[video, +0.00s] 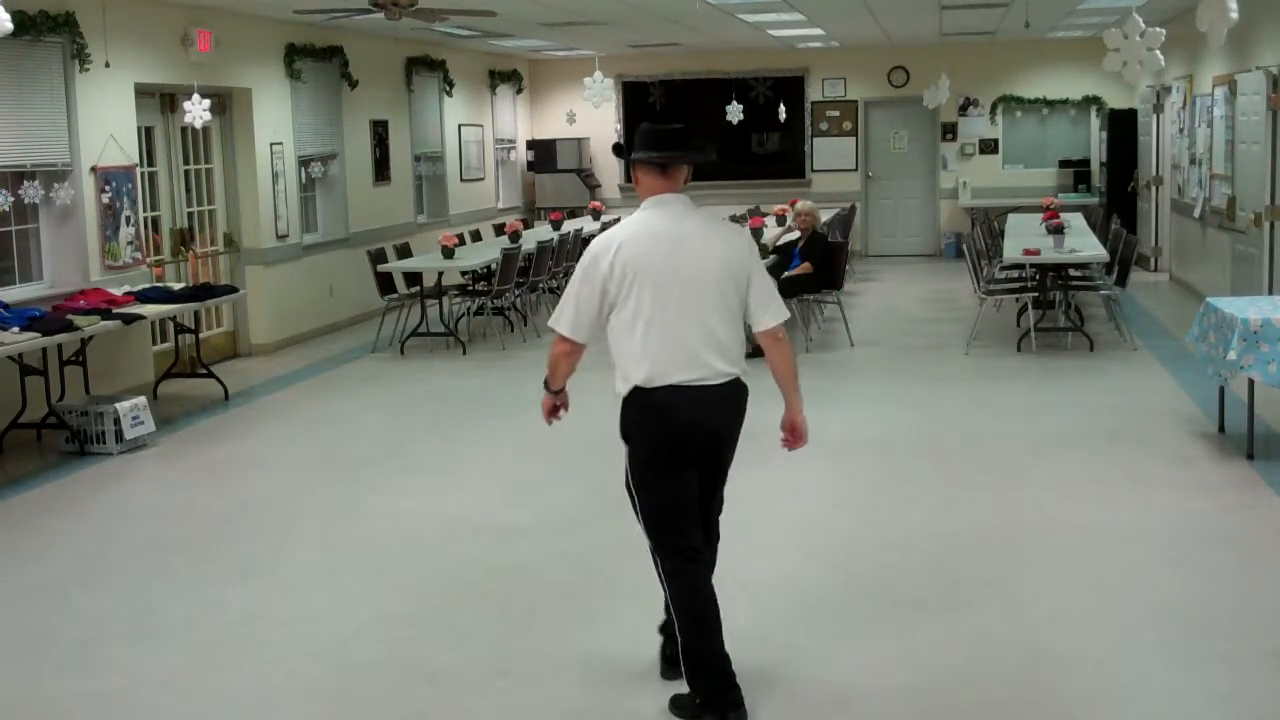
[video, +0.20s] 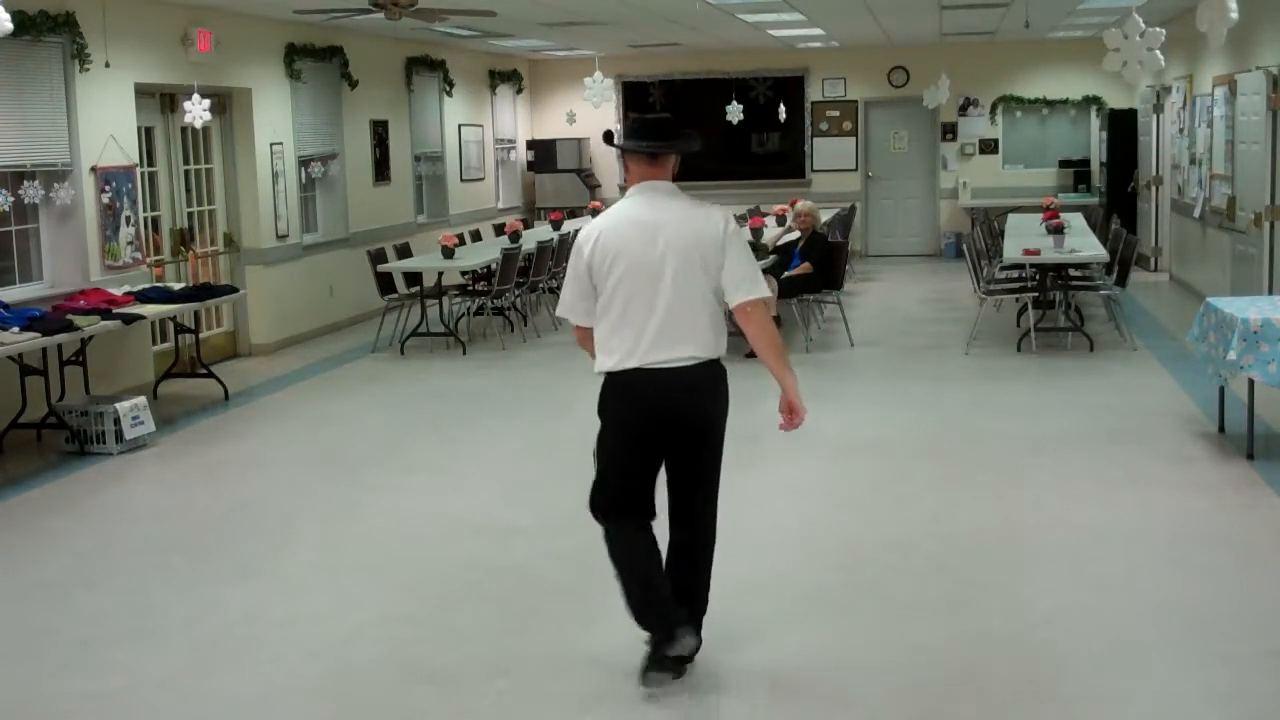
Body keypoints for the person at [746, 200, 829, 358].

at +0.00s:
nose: (803, 218)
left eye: (807, 215)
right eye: (799, 215)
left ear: (814, 219)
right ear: (795, 219)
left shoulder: (820, 239)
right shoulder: (796, 242)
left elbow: (811, 266)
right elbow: (766, 249)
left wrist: (785, 276)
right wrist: (784, 229)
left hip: (809, 280)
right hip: (790, 277)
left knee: (767, 293)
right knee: (760, 287)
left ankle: (763, 344)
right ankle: (758, 340)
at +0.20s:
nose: (802, 219)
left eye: (806, 216)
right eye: (798, 216)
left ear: (814, 219)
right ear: (795, 220)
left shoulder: (820, 239)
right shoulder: (796, 241)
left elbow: (811, 266)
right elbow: (768, 248)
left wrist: (785, 276)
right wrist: (785, 230)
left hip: (809, 279)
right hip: (789, 275)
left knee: (765, 292)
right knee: (766, 279)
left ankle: (761, 343)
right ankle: (773, 316)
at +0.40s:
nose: (802, 219)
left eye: (806, 216)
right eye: (799, 216)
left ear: (814, 219)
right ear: (794, 220)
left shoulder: (820, 240)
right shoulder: (796, 242)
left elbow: (809, 267)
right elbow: (767, 250)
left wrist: (784, 277)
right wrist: (785, 231)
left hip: (810, 278)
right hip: (792, 276)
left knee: (766, 291)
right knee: (766, 276)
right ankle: (773, 316)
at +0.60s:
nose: (802, 220)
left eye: (806, 216)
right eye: (798, 216)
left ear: (814, 219)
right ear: (795, 220)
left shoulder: (820, 240)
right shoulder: (797, 241)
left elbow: (810, 267)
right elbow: (767, 249)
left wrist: (785, 276)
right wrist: (785, 230)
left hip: (810, 279)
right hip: (791, 275)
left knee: (767, 291)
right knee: (765, 275)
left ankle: (767, 343)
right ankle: (773, 315)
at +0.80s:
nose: (802, 220)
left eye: (806, 216)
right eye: (799, 216)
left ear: (814, 219)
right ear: (795, 221)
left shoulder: (820, 240)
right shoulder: (797, 241)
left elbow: (810, 267)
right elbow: (767, 249)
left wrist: (785, 276)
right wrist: (784, 230)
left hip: (810, 279)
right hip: (791, 275)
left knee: (768, 291)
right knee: (765, 275)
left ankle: (768, 343)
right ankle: (773, 315)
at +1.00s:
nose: (802, 220)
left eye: (806, 216)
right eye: (799, 216)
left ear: (814, 219)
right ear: (795, 220)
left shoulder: (820, 240)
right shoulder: (797, 241)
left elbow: (810, 267)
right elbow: (767, 249)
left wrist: (785, 276)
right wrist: (784, 230)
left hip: (810, 279)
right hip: (791, 275)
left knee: (768, 292)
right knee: (765, 276)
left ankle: (769, 343)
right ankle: (773, 315)